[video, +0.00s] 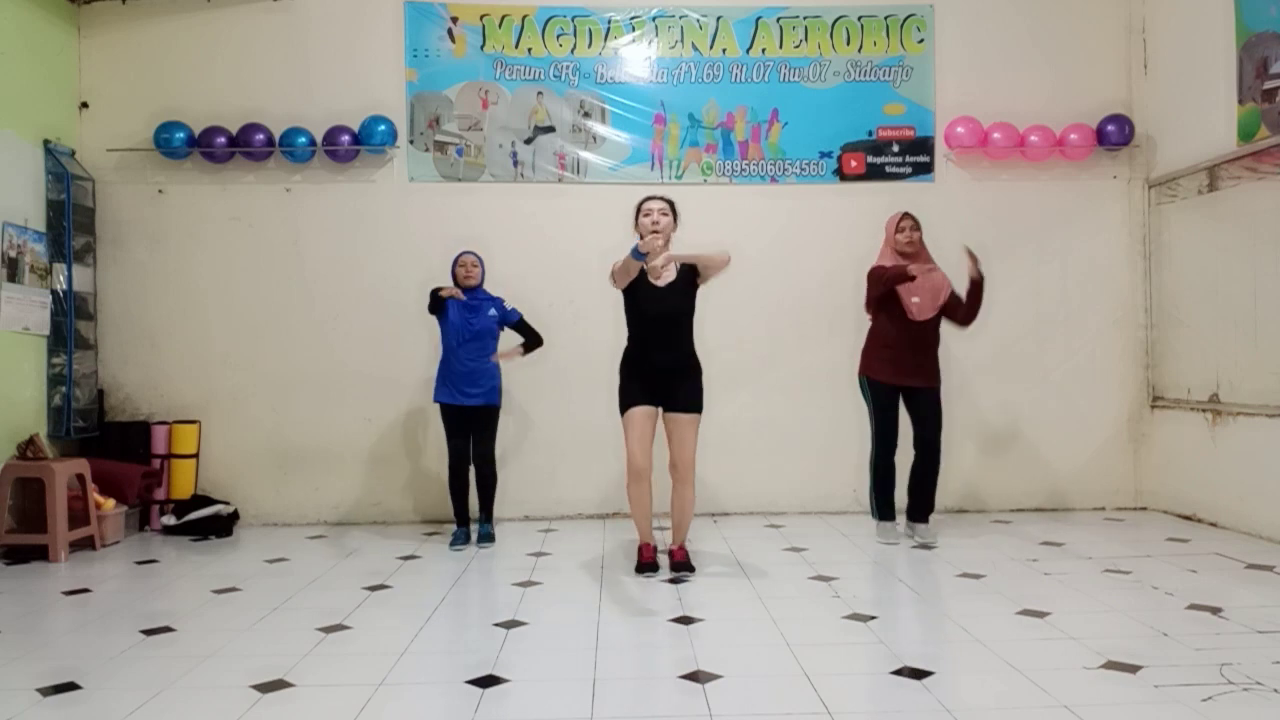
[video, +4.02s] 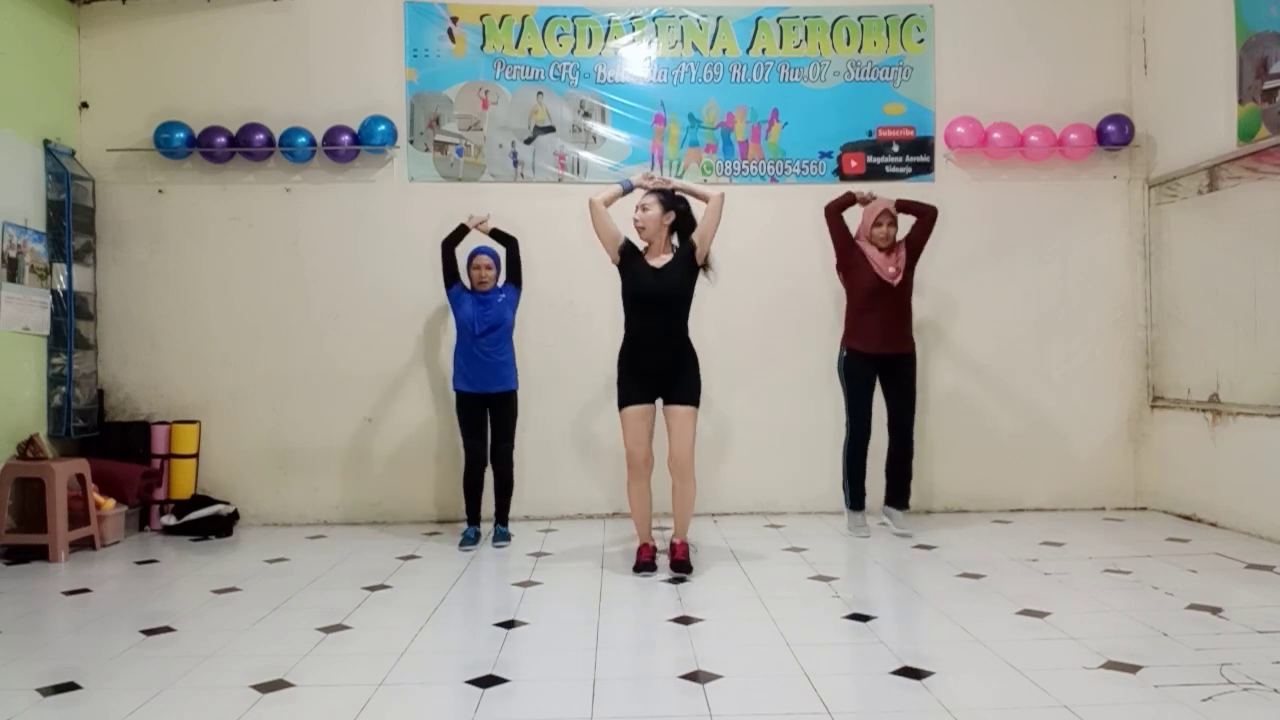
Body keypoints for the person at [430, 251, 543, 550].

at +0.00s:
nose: (468, 269)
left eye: (474, 265)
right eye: (462, 265)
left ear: (482, 273)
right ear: (454, 273)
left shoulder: (495, 305)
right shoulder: (447, 303)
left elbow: (535, 339)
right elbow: (433, 304)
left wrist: (508, 354)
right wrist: (442, 293)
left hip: (486, 393)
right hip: (452, 392)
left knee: (484, 459)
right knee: (458, 459)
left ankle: (486, 523)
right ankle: (461, 526)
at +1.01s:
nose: (469, 269)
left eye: (476, 265)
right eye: (465, 264)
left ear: (486, 270)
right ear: (457, 271)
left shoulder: (496, 293)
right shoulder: (450, 295)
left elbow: (497, 249)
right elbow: (443, 249)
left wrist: (476, 204)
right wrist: (458, 206)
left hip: (493, 386)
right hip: (459, 386)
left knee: (489, 456)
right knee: (462, 453)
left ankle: (486, 522)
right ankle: (460, 510)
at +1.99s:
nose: (477, 271)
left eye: (483, 267)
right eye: (472, 267)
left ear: (493, 274)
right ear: (464, 274)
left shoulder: (507, 310)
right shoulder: (453, 310)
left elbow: (505, 357)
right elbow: (445, 361)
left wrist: (496, 397)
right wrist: (463, 393)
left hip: (495, 397)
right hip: (460, 398)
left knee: (492, 461)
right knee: (467, 461)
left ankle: (491, 525)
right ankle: (472, 525)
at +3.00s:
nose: (480, 269)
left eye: (486, 265)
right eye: (474, 265)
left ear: (494, 273)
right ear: (465, 273)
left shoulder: (502, 302)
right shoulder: (457, 304)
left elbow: (516, 311)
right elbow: (444, 308)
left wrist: (495, 289)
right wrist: (458, 295)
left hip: (498, 389)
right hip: (464, 390)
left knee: (499, 455)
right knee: (470, 457)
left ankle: (501, 516)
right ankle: (472, 527)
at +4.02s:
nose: (482, 272)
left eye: (488, 268)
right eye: (476, 268)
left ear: (497, 273)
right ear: (468, 272)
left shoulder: (508, 297)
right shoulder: (459, 298)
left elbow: (513, 246)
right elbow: (446, 248)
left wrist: (488, 229)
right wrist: (467, 225)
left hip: (504, 388)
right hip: (469, 389)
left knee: (502, 457)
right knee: (474, 458)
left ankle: (501, 524)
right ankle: (472, 525)